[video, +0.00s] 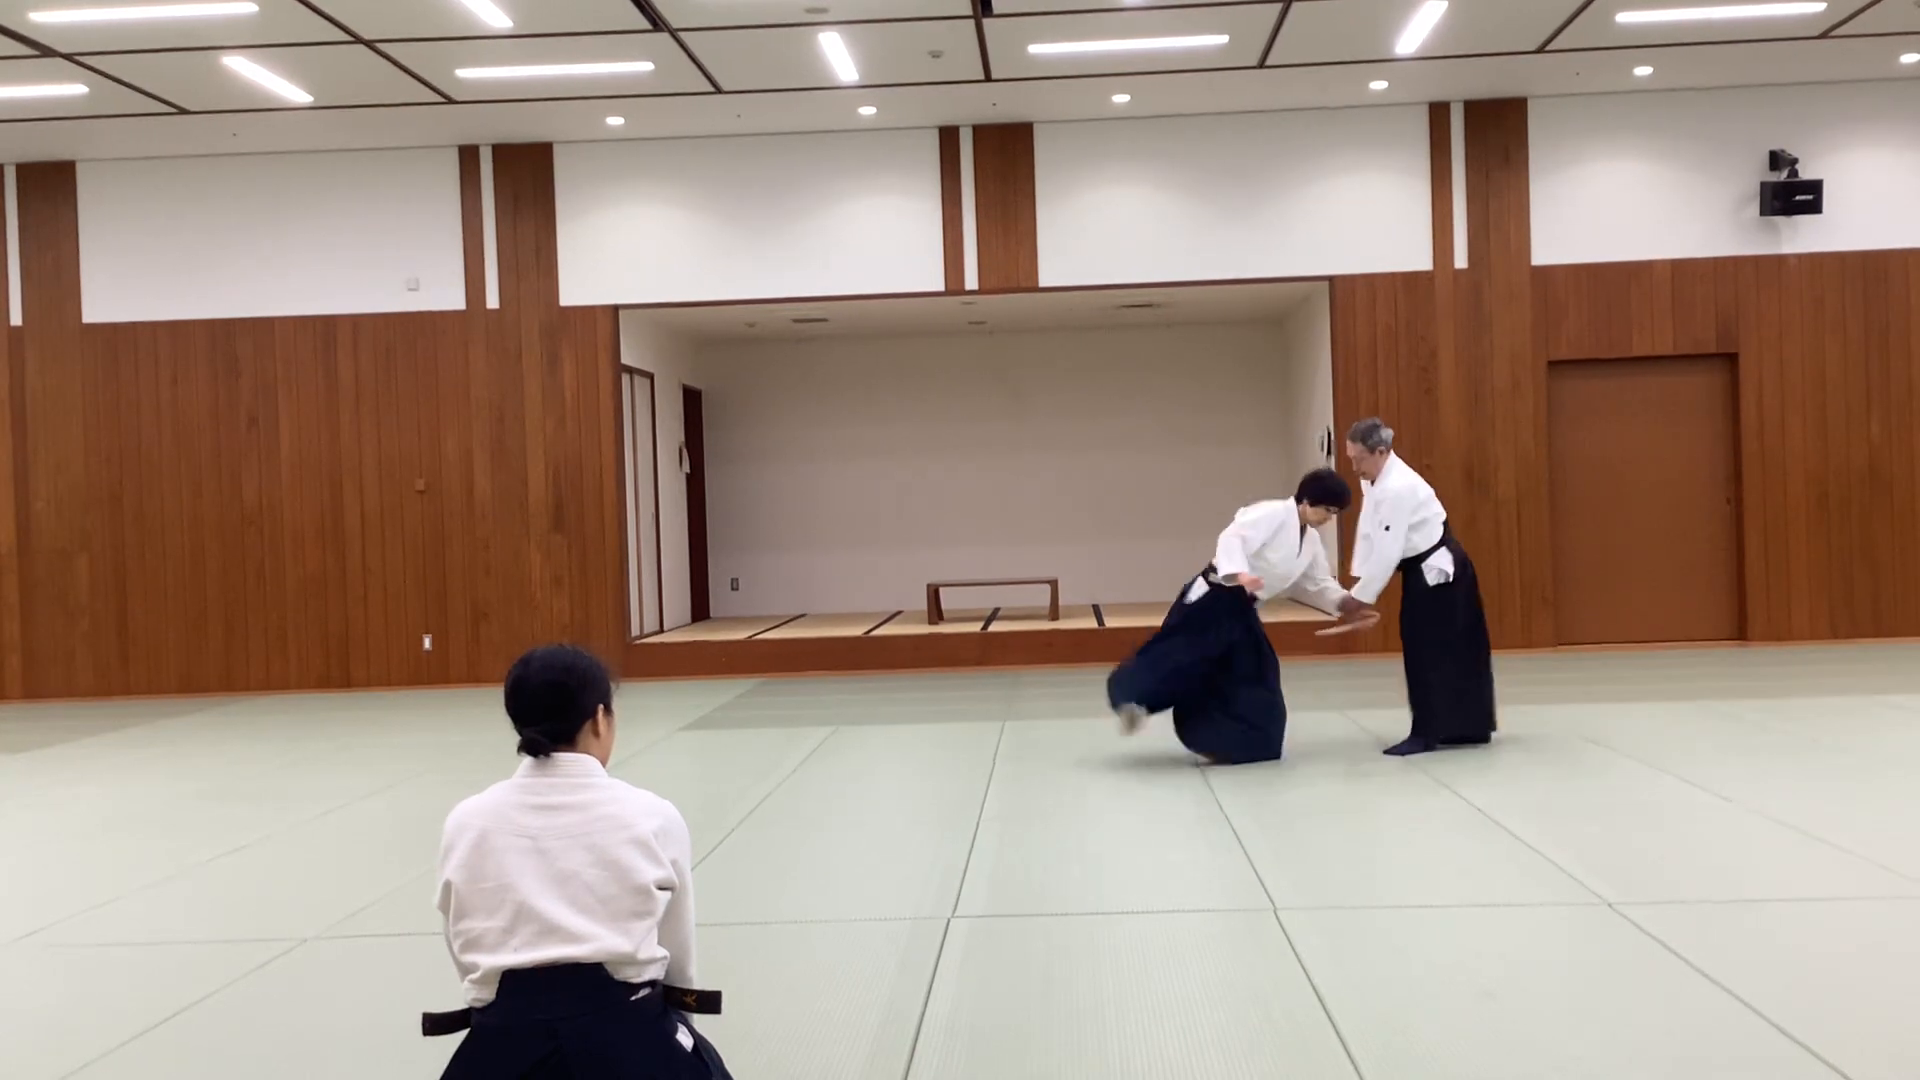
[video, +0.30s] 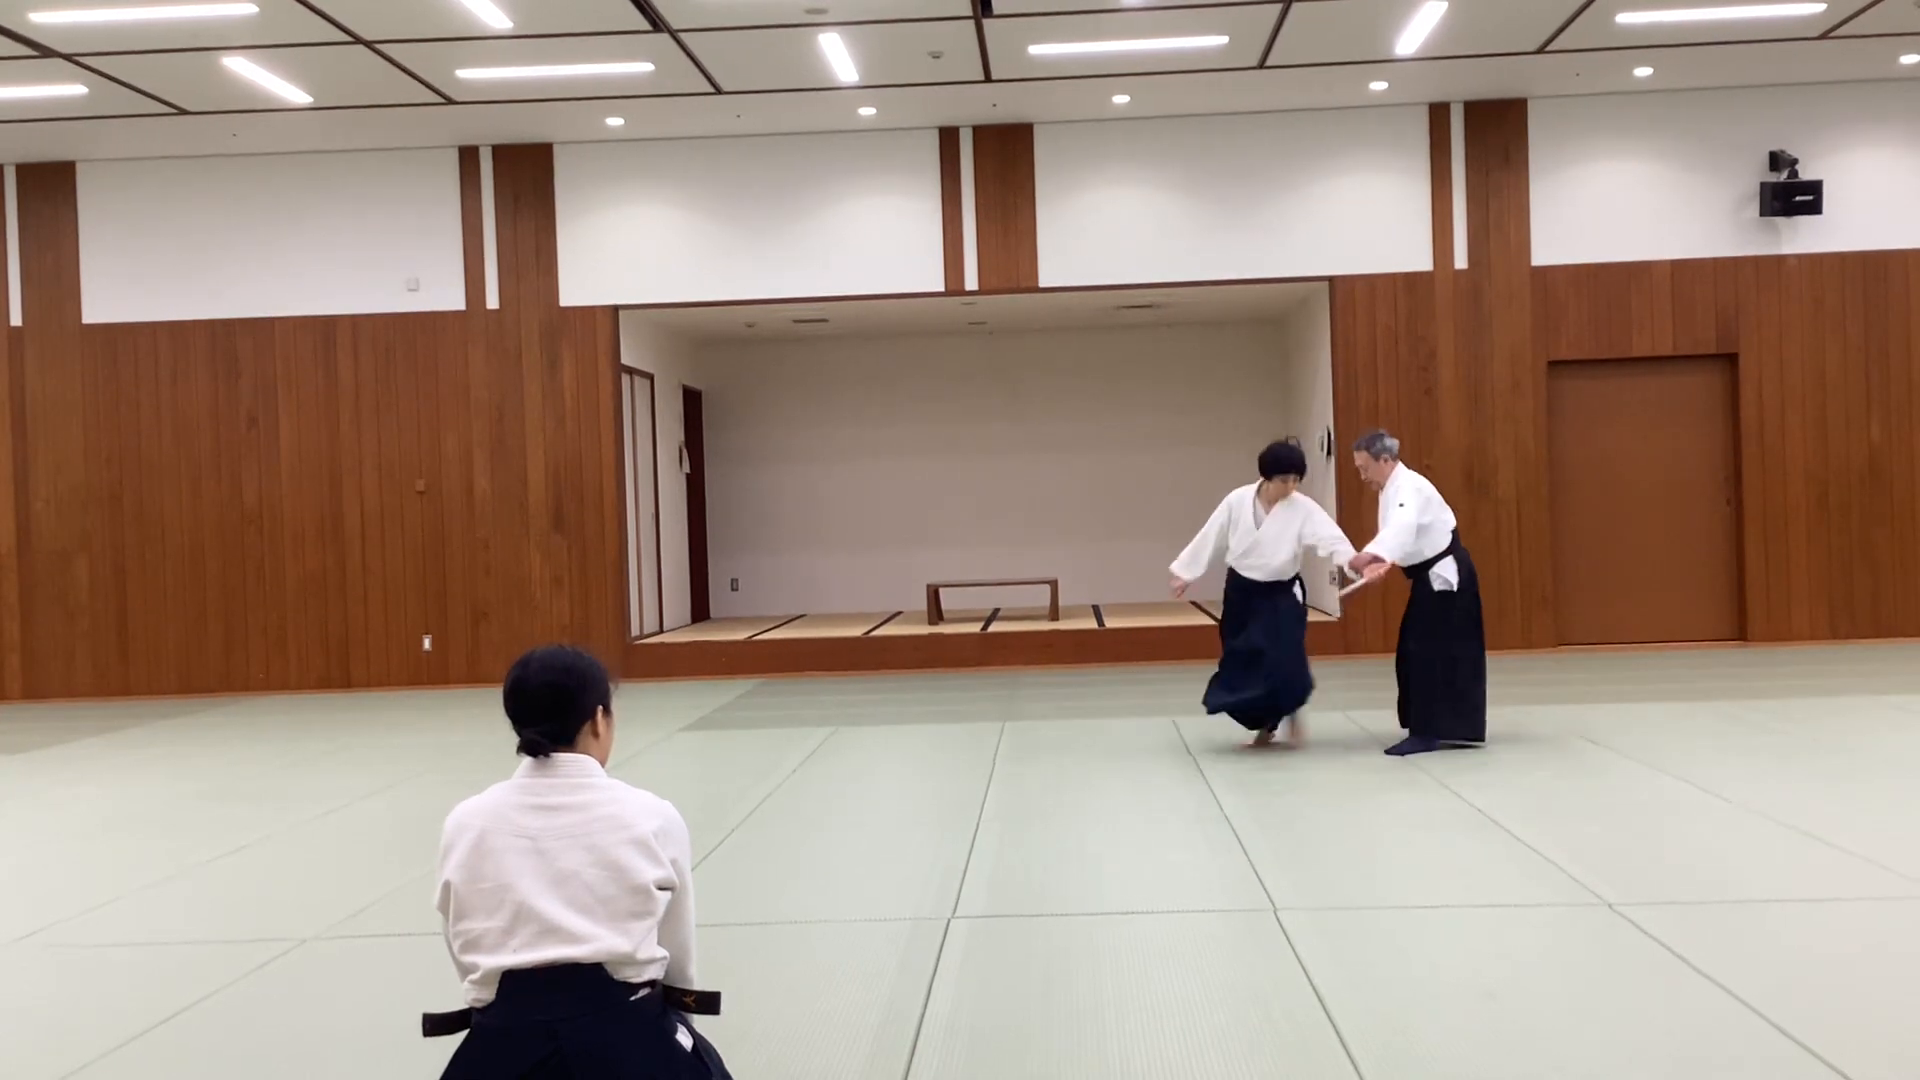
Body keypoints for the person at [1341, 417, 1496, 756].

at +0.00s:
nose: (1353, 465)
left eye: (1357, 458)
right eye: (1351, 458)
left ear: (1379, 452)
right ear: (1374, 453)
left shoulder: (1397, 487)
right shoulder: (1375, 479)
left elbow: (1388, 550)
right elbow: (1366, 531)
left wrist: (1362, 597)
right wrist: (1359, 579)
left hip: (1434, 571)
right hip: (1425, 567)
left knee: (1423, 650)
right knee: (1453, 646)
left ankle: (1426, 732)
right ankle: (1467, 726)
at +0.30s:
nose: (1361, 475)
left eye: (1362, 467)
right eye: (1358, 469)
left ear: (1384, 460)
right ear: (1381, 461)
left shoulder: (1409, 486)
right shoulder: (1390, 489)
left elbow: (1402, 528)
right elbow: (1395, 535)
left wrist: (1372, 553)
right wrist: (1382, 563)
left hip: (1444, 573)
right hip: (1428, 573)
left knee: (1420, 649)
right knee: (1416, 649)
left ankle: (1427, 731)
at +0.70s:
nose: (1374, 464)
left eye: (1377, 457)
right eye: (1372, 458)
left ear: (1399, 450)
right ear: (1394, 452)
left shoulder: (1422, 476)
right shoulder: (1401, 479)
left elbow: (1409, 509)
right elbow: (1398, 516)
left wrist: (1363, 520)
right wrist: (1363, 529)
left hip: (1445, 568)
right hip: (1427, 567)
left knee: (1434, 645)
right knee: (1434, 645)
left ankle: (1437, 727)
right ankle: (1455, 720)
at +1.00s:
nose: (1370, 465)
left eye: (1375, 459)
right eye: (1368, 459)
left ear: (1398, 455)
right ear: (1374, 454)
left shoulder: (1421, 480)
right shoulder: (1377, 487)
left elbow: (1400, 506)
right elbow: (1360, 535)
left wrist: (1354, 502)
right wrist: (1338, 573)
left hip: (1431, 576)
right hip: (1401, 577)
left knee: (1424, 650)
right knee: (1400, 649)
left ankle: (1426, 730)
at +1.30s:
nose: (1350, 478)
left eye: (1357, 474)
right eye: (1349, 471)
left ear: (1381, 473)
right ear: (1346, 464)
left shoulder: (1402, 498)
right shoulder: (1339, 488)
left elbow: (1385, 545)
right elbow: (1310, 507)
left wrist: (1327, 546)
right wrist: (1311, 533)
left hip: (1404, 585)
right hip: (1363, 583)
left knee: (1405, 659)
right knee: (1332, 649)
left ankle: (1411, 735)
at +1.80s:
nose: (1244, 522)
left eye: (1250, 516)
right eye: (1241, 514)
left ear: (1270, 509)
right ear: (1239, 508)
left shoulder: (1305, 523)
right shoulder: (1233, 536)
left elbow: (1308, 576)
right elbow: (1207, 579)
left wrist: (1268, 612)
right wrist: (1190, 627)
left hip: (1328, 587)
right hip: (1280, 594)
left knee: (1358, 650)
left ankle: (1413, 724)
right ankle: (1252, 738)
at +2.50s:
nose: (1327, 490)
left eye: (1335, 482)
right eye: (1322, 482)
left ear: (1355, 479)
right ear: (1317, 480)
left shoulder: (1378, 513)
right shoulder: (1313, 512)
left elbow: (1408, 565)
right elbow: (1310, 565)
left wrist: (1407, 609)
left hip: (1377, 599)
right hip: (1334, 596)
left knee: (1396, 669)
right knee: (1296, 658)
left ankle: (1405, 749)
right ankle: (1274, 737)